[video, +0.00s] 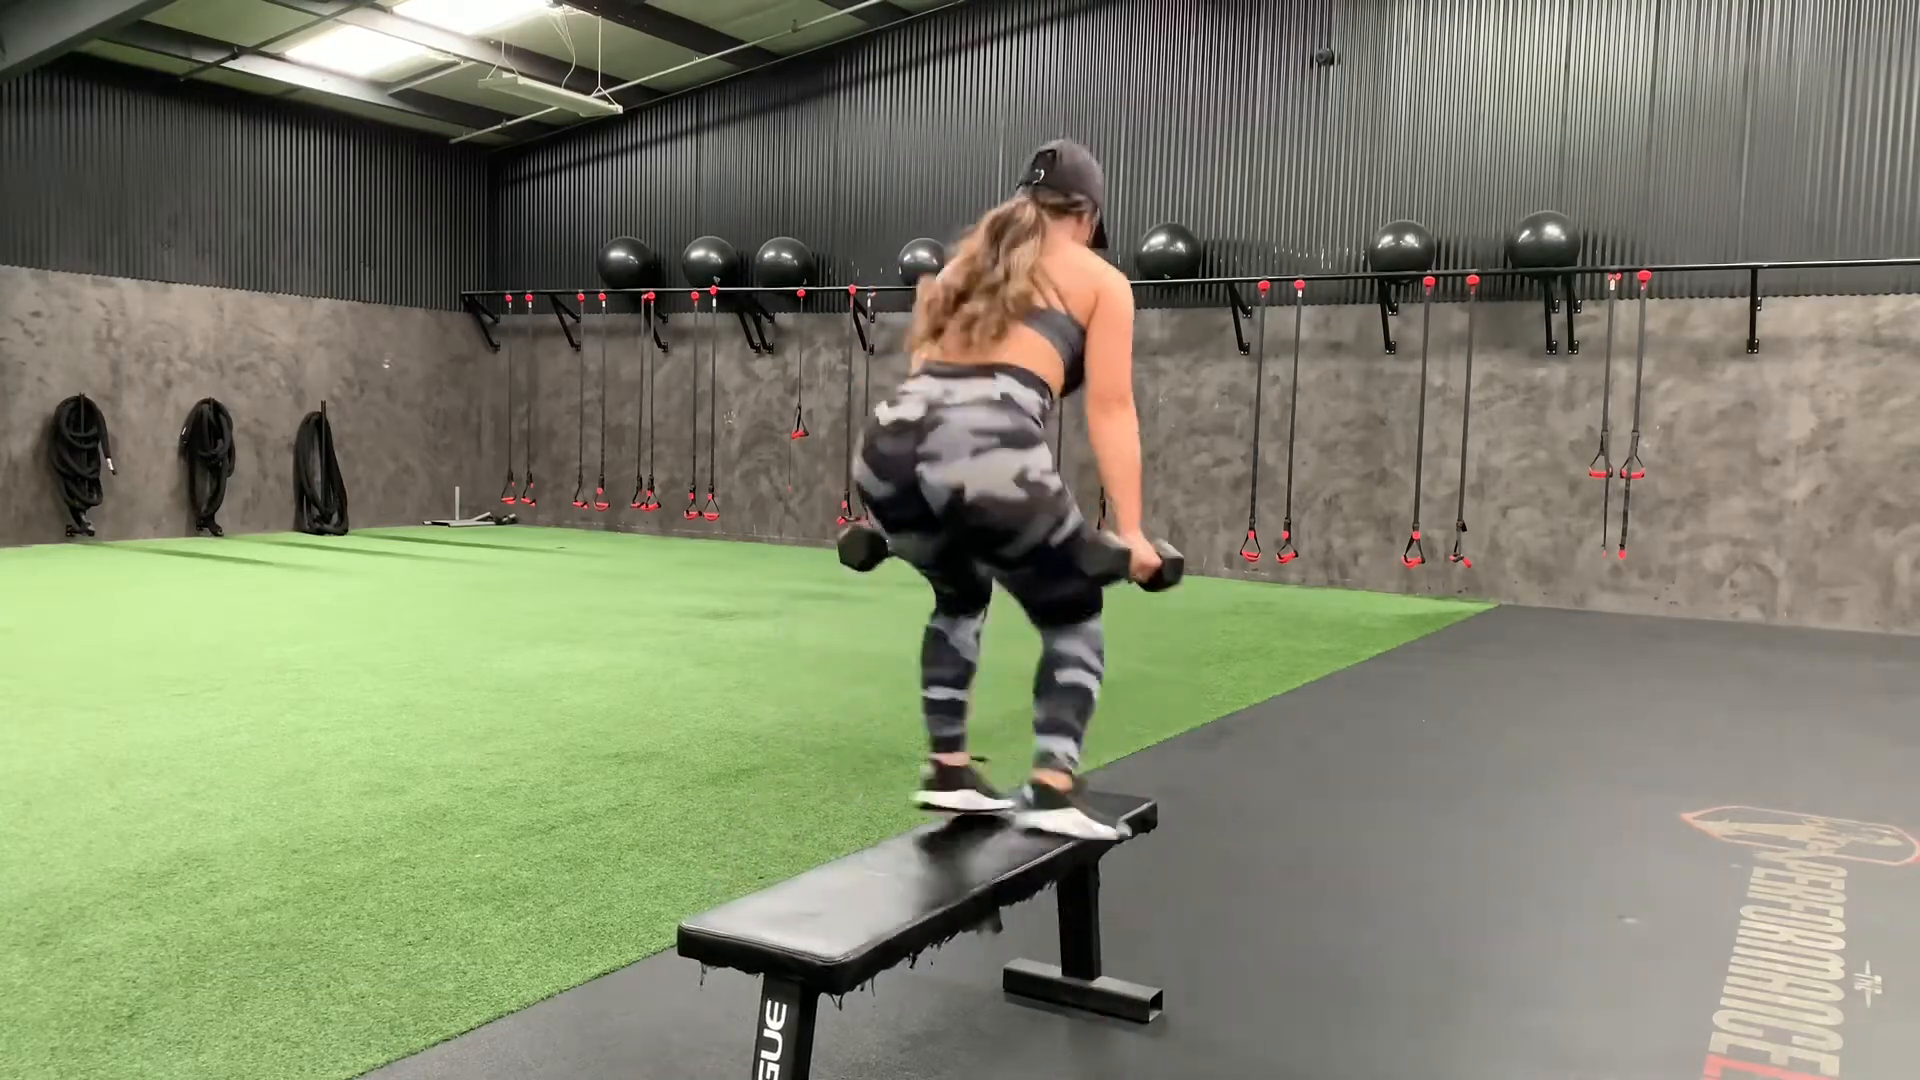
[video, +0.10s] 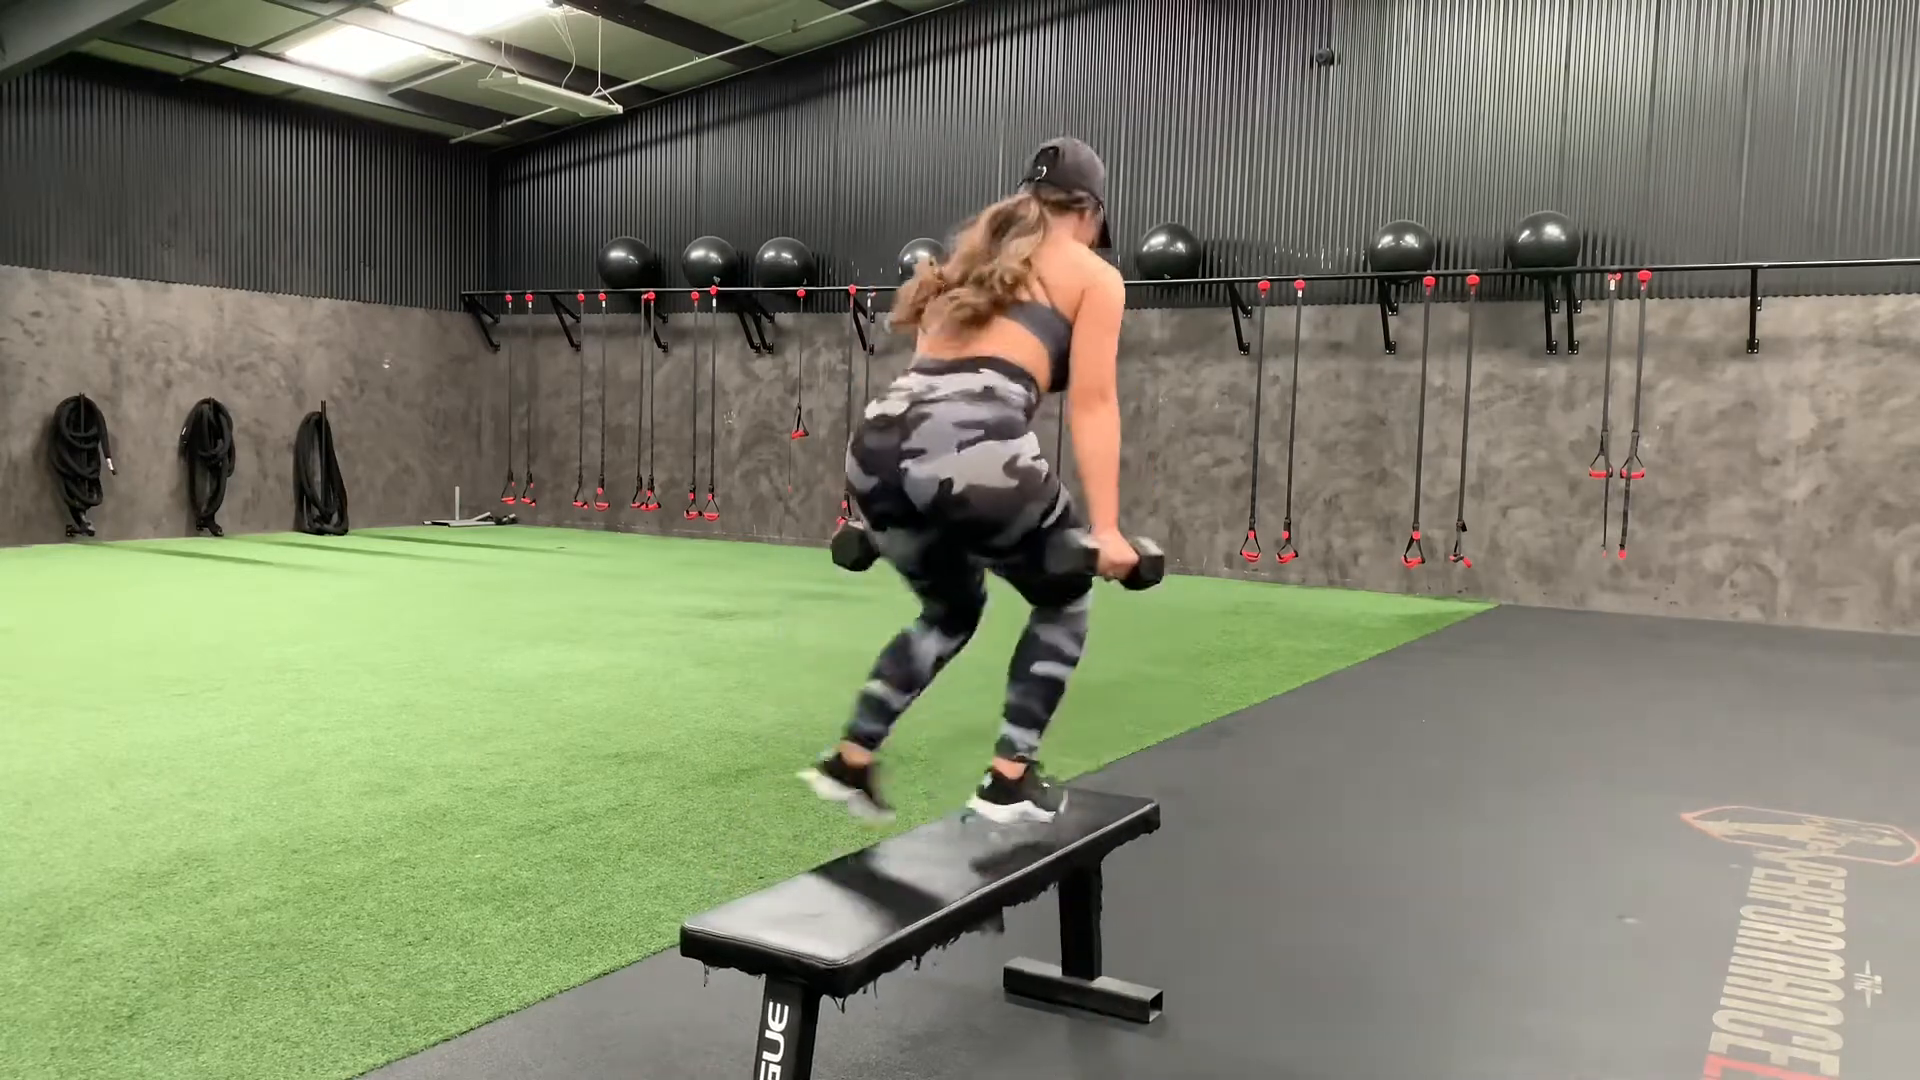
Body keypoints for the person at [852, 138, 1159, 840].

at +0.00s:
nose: (1092, 233)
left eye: (1090, 221)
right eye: (1093, 220)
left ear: (1022, 205)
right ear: (1085, 216)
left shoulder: (960, 264)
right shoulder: (1097, 278)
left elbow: (920, 379)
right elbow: (1110, 410)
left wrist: (877, 507)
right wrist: (1130, 531)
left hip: (892, 455)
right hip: (995, 458)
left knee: (960, 594)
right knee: (1071, 615)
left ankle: (946, 765)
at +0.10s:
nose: (1096, 231)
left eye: (1094, 218)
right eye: (1097, 217)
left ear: (1028, 202)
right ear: (1089, 212)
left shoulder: (973, 257)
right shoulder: (1093, 275)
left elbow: (925, 372)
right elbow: (1093, 403)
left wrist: (866, 503)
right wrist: (1105, 530)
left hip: (880, 452)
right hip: (977, 451)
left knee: (952, 607)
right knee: (1063, 597)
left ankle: (851, 758)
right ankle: (1009, 776)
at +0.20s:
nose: (1095, 272)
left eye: (1095, 260)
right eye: (1095, 260)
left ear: (1031, 245)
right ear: (1087, 255)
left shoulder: (972, 296)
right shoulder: (1085, 312)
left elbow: (935, 414)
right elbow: (1076, 446)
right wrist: (1081, 571)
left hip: (871, 501)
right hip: (956, 501)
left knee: (894, 684)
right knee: (1053, 619)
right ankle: (987, 797)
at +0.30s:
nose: (1089, 353)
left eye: (1090, 340)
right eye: (1089, 341)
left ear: (1026, 328)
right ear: (1076, 339)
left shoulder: (965, 381)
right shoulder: (1069, 404)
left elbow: (924, 498)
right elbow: (1057, 540)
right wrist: (1059, 665)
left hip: (863, 586)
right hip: (947, 595)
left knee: (837, 773)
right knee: (1076, 628)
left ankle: (754, 941)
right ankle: (993, 793)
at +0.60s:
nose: (1100, 314)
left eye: (1097, 302)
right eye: (1101, 302)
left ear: (1029, 290)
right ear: (1097, 303)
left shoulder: (974, 343)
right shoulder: (1100, 366)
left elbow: (933, 441)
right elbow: (1081, 500)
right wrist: (1079, 625)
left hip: (861, 543)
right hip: (953, 553)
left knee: (851, 729)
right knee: (1047, 614)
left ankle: (774, 900)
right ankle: (989, 790)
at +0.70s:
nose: (1109, 261)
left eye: (1109, 250)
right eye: (1111, 249)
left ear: (1044, 229)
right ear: (1104, 242)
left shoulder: (979, 277)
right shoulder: (1109, 299)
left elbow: (929, 388)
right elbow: (1103, 434)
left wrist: (861, 526)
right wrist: (1106, 563)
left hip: (871, 481)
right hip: (968, 484)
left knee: (923, 631)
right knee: (1036, 615)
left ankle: (823, 787)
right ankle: (994, 785)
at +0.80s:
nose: (1113, 239)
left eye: (1110, 226)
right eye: (1114, 226)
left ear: (1042, 207)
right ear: (1107, 220)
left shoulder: (973, 253)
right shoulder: (1114, 280)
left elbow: (916, 369)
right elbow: (1117, 413)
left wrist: (864, 494)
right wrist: (1125, 541)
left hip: (873, 432)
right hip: (976, 446)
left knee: (959, 566)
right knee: (1048, 595)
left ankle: (907, 729)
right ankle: (1012, 774)